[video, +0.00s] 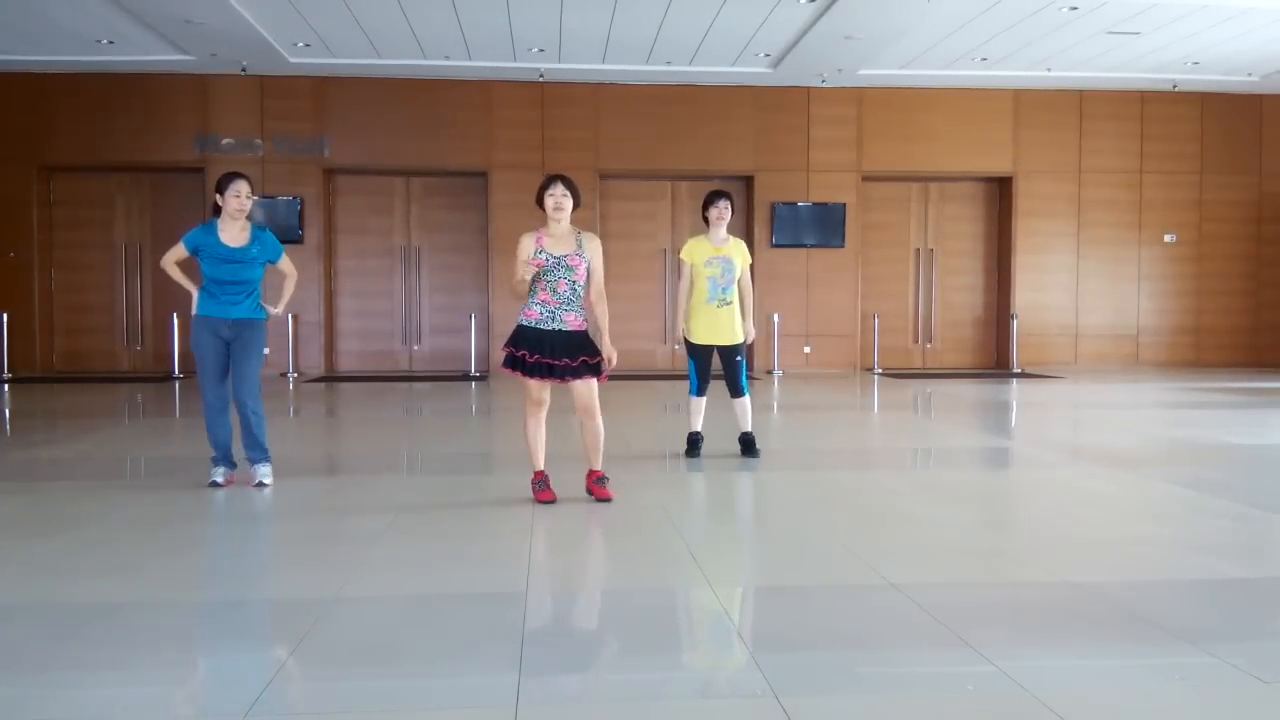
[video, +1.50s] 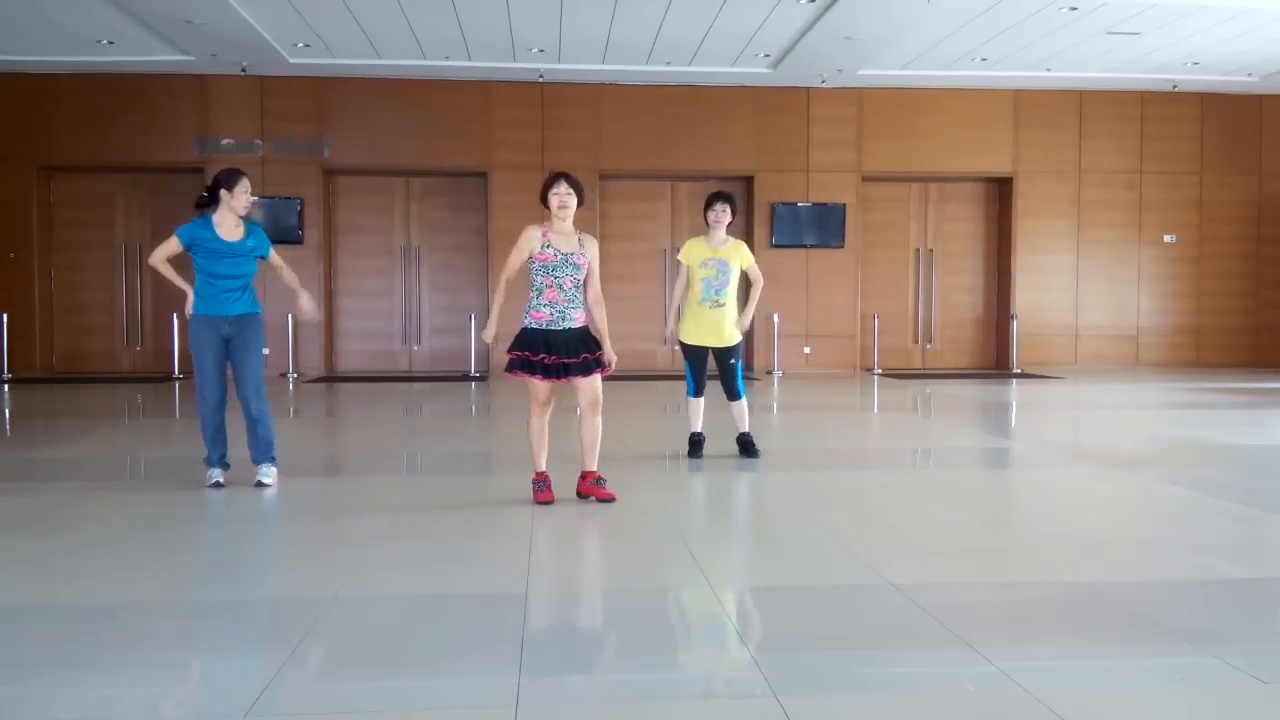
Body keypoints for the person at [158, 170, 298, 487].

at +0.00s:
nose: (243, 202)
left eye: (247, 197)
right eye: (236, 196)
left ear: (253, 201)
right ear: (220, 199)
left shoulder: (262, 237)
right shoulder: (203, 234)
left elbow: (291, 274)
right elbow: (166, 261)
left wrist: (280, 307)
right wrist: (193, 289)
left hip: (250, 324)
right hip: (208, 324)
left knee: (247, 396)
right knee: (214, 397)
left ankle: (260, 463)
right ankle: (222, 464)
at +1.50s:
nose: (250, 199)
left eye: (250, 193)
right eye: (244, 193)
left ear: (238, 196)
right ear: (224, 195)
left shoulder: (254, 233)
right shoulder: (197, 229)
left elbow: (280, 266)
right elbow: (156, 258)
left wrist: (301, 291)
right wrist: (187, 288)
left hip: (246, 321)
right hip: (205, 322)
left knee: (252, 395)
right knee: (211, 397)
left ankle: (266, 463)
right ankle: (216, 465)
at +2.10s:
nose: (241, 201)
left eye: (241, 196)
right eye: (236, 195)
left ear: (231, 199)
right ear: (216, 197)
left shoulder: (245, 238)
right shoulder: (192, 233)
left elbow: (257, 284)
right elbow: (149, 264)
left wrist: (274, 325)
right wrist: (185, 291)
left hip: (244, 324)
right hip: (204, 325)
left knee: (248, 395)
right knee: (209, 398)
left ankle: (247, 462)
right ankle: (215, 465)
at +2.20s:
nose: (243, 200)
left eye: (243, 194)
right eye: (237, 194)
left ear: (236, 198)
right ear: (217, 197)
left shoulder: (248, 237)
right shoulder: (194, 233)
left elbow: (257, 283)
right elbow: (152, 263)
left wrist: (266, 324)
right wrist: (187, 291)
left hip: (246, 323)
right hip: (206, 324)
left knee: (247, 396)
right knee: (210, 399)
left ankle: (250, 463)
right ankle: (215, 465)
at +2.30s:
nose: (245, 198)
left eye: (245, 192)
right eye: (239, 192)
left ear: (237, 197)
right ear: (219, 195)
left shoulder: (252, 235)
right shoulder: (195, 232)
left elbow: (265, 279)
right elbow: (155, 262)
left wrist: (275, 323)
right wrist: (189, 290)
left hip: (248, 322)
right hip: (208, 323)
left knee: (248, 396)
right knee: (212, 397)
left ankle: (249, 463)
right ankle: (215, 464)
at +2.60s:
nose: (247, 199)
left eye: (248, 193)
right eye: (240, 194)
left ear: (248, 196)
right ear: (221, 197)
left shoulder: (259, 234)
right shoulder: (200, 235)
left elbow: (275, 280)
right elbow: (166, 266)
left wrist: (292, 320)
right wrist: (197, 292)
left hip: (257, 324)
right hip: (218, 325)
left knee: (254, 397)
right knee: (219, 395)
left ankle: (250, 462)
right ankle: (219, 464)